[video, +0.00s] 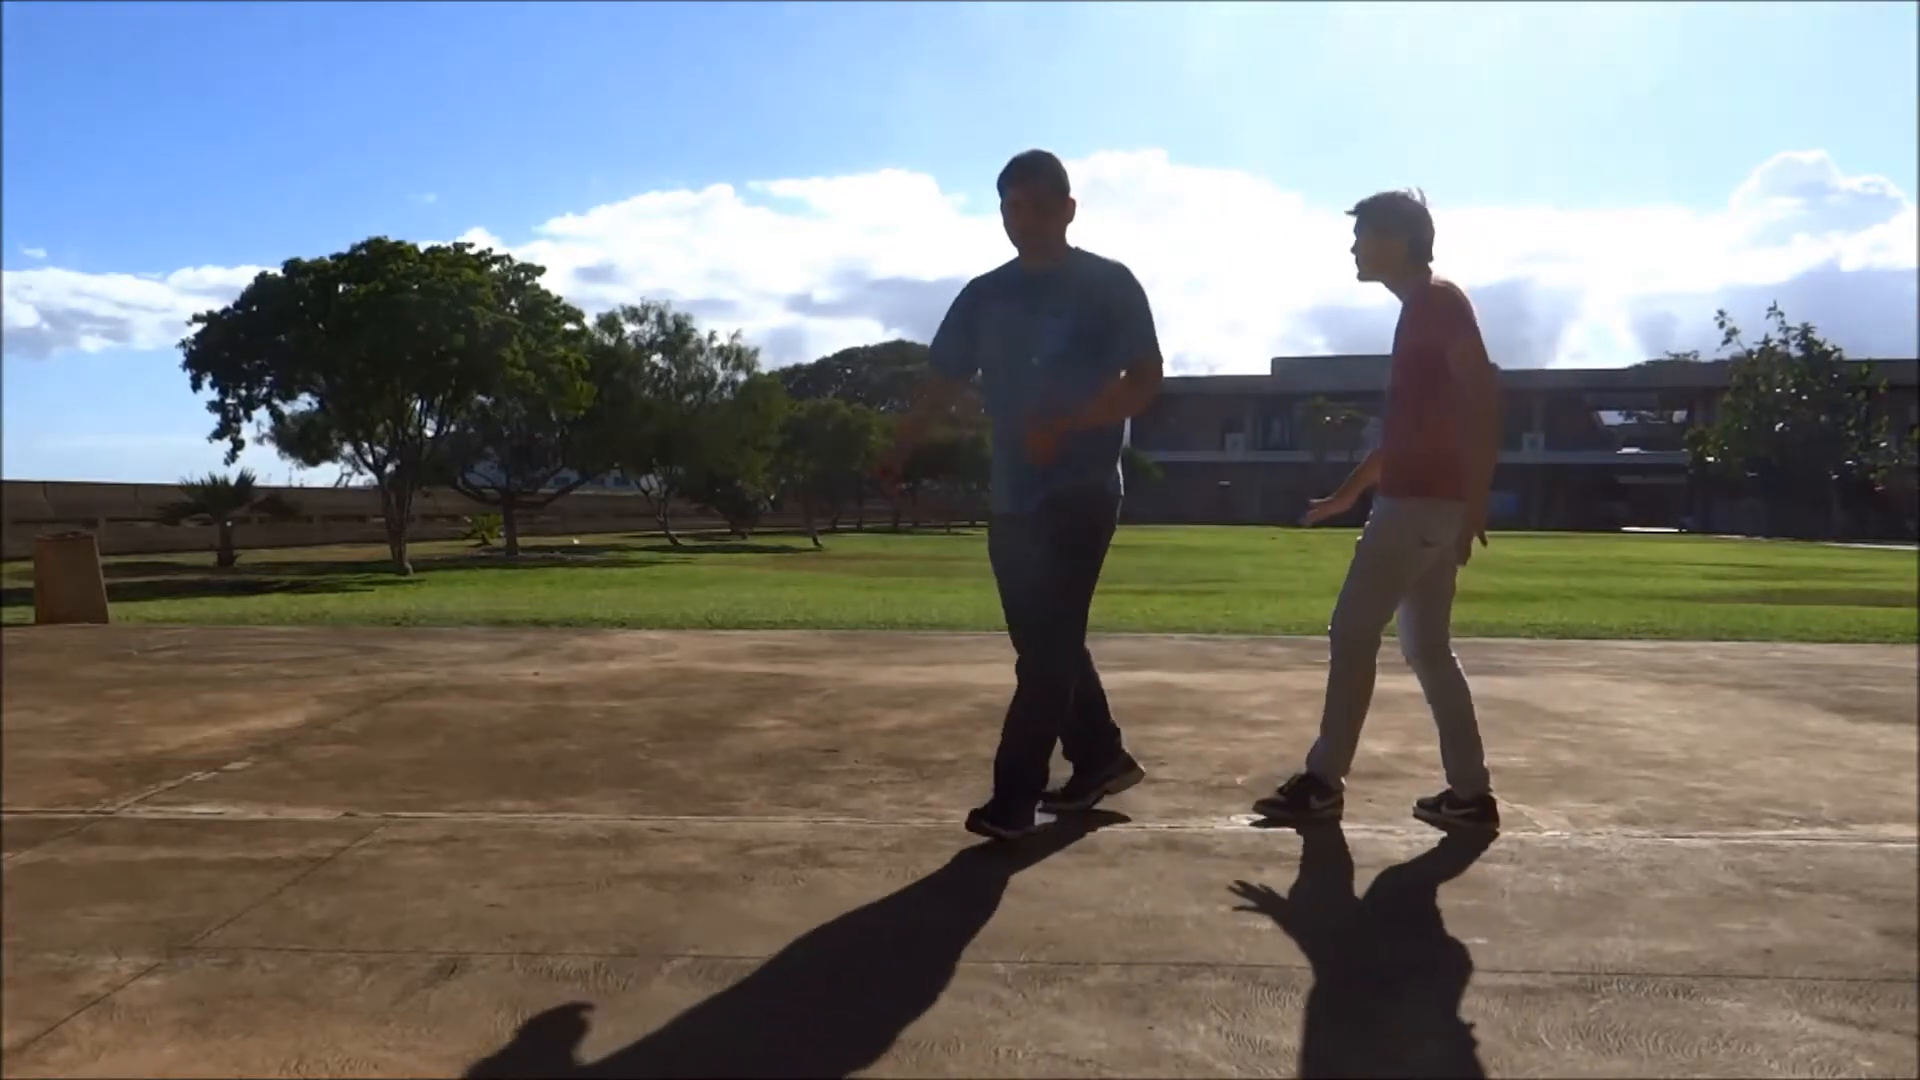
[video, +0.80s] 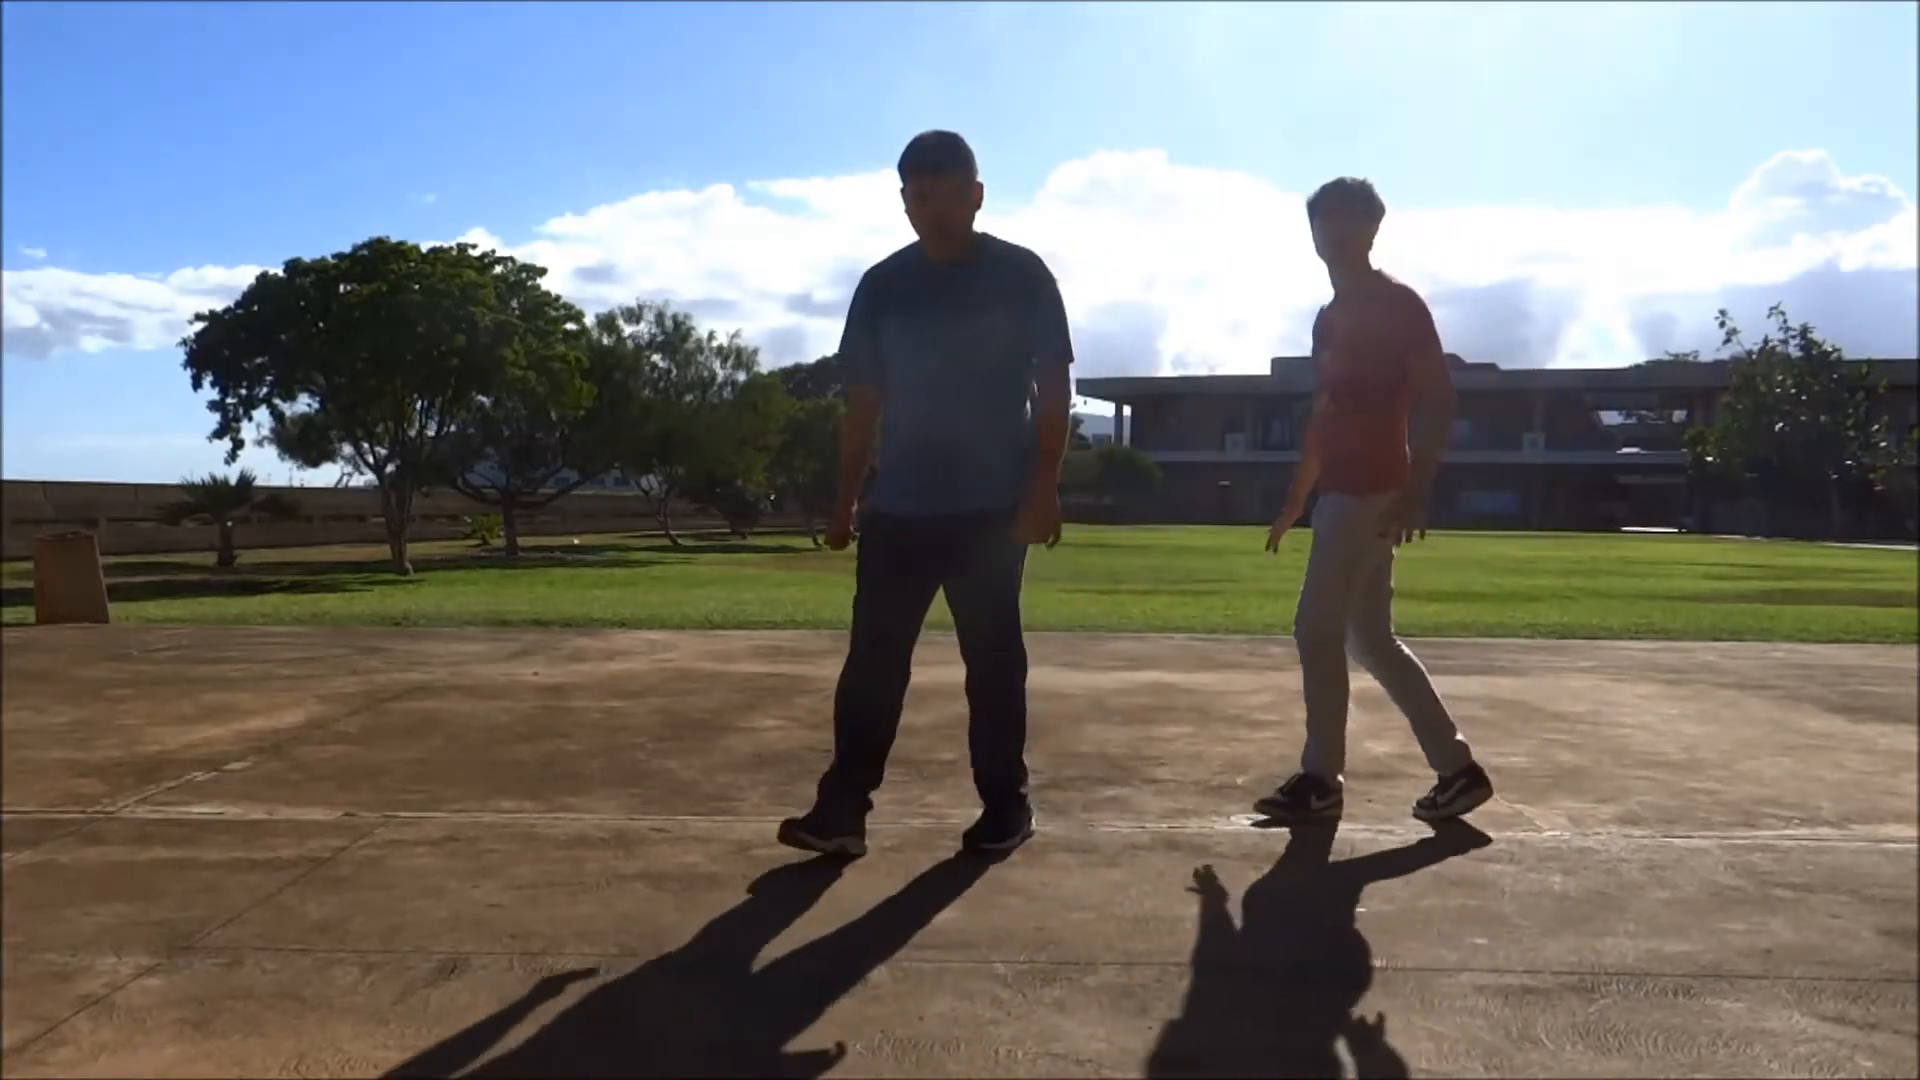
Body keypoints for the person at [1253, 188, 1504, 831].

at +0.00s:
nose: (1353, 246)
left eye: (1363, 235)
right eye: (1356, 235)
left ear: (1399, 242)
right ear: (1397, 245)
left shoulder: (1439, 302)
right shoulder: (1420, 310)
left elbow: (1482, 398)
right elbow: (1405, 425)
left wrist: (1476, 501)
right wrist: (1346, 494)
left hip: (1415, 505)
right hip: (1435, 504)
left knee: (1352, 629)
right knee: (1428, 649)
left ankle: (1323, 783)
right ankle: (1471, 794)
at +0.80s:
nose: (1320, 238)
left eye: (1331, 224)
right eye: (1316, 225)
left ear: (1365, 227)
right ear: (1317, 232)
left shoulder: (1402, 308)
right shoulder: (1329, 319)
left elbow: (1439, 402)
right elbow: (1324, 418)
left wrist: (1418, 489)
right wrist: (1295, 503)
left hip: (1370, 494)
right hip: (1340, 495)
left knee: (1316, 629)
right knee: (1373, 641)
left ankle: (1321, 781)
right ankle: (1459, 770)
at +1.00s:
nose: (1298, 237)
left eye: (1308, 223)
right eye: (1293, 224)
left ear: (1342, 223)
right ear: (1293, 230)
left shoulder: (1380, 306)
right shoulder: (1306, 315)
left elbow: (1409, 404)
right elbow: (1305, 416)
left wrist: (1376, 487)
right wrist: (1279, 500)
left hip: (1345, 491)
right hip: (1301, 492)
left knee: (1311, 630)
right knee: (1293, 629)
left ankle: (1319, 780)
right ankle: (1411, 734)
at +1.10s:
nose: (1284, 231)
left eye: (1294, 216)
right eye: (1281, 219)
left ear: (1329, 219)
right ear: (1284, 225)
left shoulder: (1369, 301)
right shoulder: (1297, 311)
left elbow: (1396, 403)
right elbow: (1306, 409)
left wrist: (1347, 484)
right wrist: (1282, 485)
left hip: (1337, 493)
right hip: (1291, 490)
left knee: (1309, 629)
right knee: (1264, 623)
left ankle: (1319, 778)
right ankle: (1362, 736)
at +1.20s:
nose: (1269, 229)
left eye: (1277, 215)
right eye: (1268, 217)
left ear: (1312, 217)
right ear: (1281, 223)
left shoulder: (1358, 297)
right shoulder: (1286, 311)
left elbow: (1381, 400)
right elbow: (1292, 403)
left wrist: (1321, 474)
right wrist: (1279, 474)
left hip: (1328, 488)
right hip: (1282, 483)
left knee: (1310, 632)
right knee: (1242, 619)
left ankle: (1320, 780)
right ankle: (1299, 755)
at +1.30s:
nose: (1259, 231)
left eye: (1268, 217)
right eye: (1255, 220)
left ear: (1304, 217)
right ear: (1257, 226)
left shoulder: (1345, 297)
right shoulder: (1275, 310)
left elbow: (1363, 399)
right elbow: (1277, 406)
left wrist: (1301, 461)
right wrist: (1257, 479)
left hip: (1319, 489)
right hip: (1270, 488)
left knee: (1307, 631)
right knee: (1220, 615)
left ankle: (1320, 779)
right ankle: (1243, 760)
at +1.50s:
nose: (1230, 232)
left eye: (1242, 218)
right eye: (1223, 222)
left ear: (1274, 221)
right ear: (1218, 231)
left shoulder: (1309, 296)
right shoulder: (1241, 315)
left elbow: (1324, 395)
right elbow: (1249, 403)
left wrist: (1229, 443)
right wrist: (1220, 461)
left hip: (1288, 495)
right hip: (1239, 493)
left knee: (1293, 636)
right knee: (1191, 624)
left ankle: (1319, 778)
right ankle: (1145, 759)